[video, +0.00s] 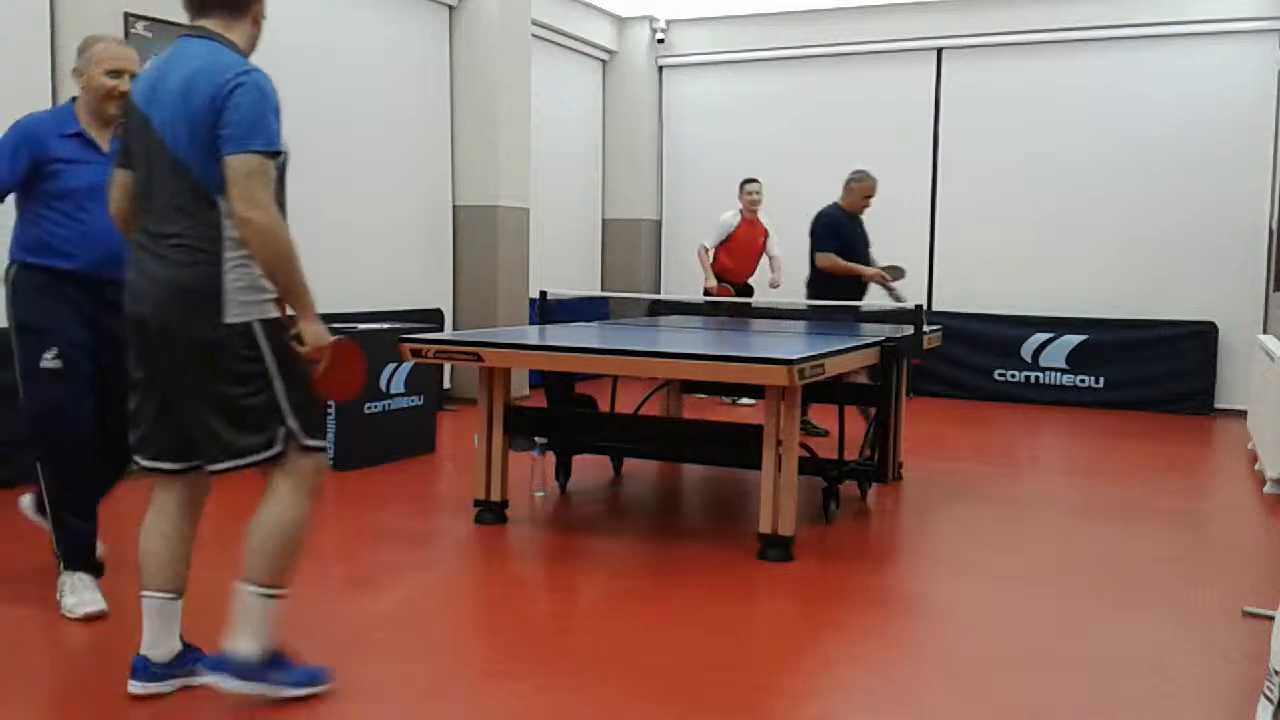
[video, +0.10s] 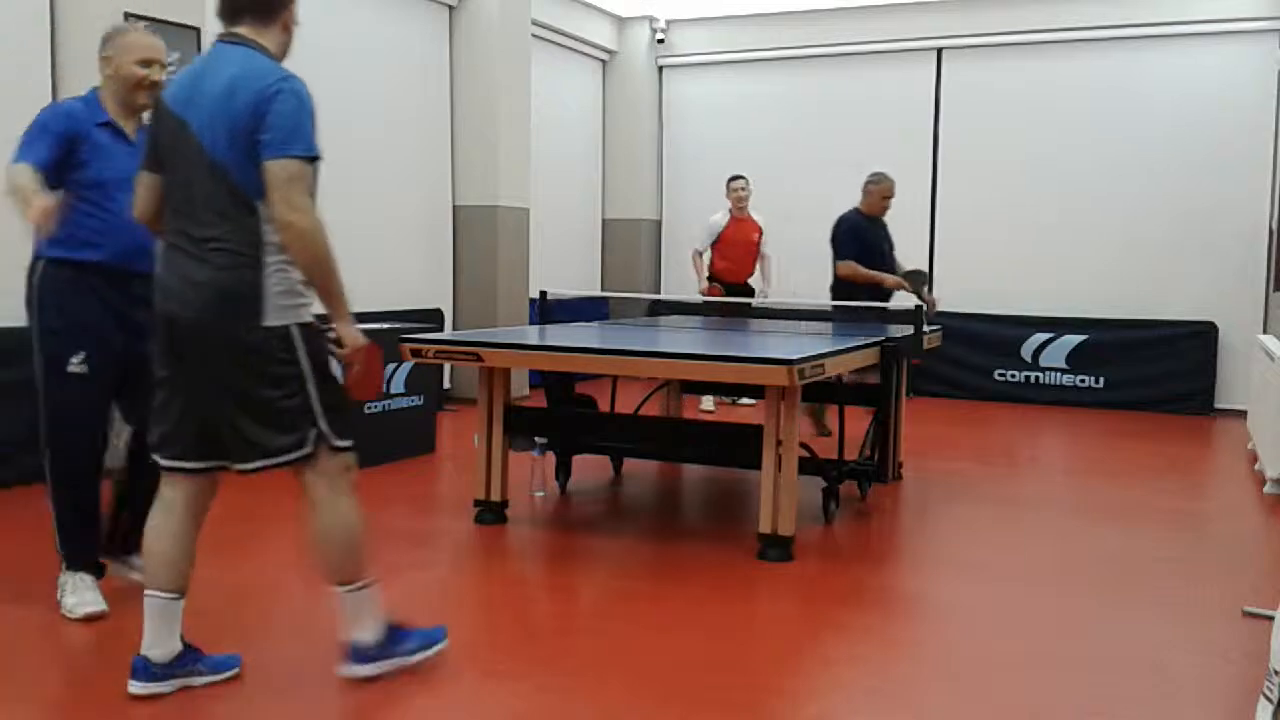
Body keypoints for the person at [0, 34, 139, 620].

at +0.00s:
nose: (124, 85)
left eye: (132, 77)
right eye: (113, 74)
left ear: (137, 83)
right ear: (79, 78)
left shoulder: (141, 142)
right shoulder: (36, 134)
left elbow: (157, 220)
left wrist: (162, 287)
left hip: (117, 295)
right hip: (47, 291)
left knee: (119, 435)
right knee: (65, 425)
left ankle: (52, 496)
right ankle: (78, 569)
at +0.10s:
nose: (156, 75)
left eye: (161, 66)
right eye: (143, 64)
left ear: (163, 70)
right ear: (107, 66)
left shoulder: (162, 133)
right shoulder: (67, 119)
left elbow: (178, 198)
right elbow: (22, 172)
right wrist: (36, 201)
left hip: (141, 287)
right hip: (72, 283)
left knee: (161, 419)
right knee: (75, 430)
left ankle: (126, 543)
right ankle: (78, 567)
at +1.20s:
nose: (272, 58)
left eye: (270, 46)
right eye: (270, 47)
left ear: (200, 40)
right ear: (252, 48)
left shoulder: (130, 100)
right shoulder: (250, 100)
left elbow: (87, 205)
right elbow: (319, 178)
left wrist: (111, 292)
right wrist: (280, 95)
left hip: (141, 302)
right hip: (228, 301)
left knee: (145, 475)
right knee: (240, 466)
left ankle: (128, 642)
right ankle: (223, 623)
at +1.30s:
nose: (257, 65)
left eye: (255, 54)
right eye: (257, 54)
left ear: (186, 42)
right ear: (243, 52)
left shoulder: (116, 103)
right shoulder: (244, 100)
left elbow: (72, 218)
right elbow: (304, 186)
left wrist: (88, 313)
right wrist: (259, 106)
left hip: (130, 307)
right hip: (221, 306)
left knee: (133, 493)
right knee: (235, 474)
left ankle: (128, 692)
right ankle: (225, 624)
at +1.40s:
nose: (244, 59)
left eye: (239, 46)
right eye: (244, 49)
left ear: (171, 38)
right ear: (232, 50)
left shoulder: (102, 103)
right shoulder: (237, 94)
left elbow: (58, 218)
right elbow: (290, 191)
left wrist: (66, 324)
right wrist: (252, 130)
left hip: (117, 307)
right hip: (211, 306)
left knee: (124, 495)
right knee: (230, 476)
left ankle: (129, 696)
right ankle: (233, 627)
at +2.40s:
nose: (359, 11)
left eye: (357, 5)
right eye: (358, 4)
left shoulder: (191, 61)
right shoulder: (354, 42)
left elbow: (155, 196)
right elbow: (397, 133)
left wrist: (192, 287)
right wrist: (386, 255)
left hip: (211, 297)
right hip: (323, 297)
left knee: (208, 523)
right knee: (322, 530)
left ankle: (192, 708)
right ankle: (297, 709)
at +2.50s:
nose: (362, 11)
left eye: (361, 5)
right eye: (362, 4)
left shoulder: (196, 54)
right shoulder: (358, 41)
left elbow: (158, 193)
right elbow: (387, 141)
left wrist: (202, 291)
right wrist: (386, 287)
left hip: (215, 305)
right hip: (323, 302)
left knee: (221, 541)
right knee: (330, 538)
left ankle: (224, 708)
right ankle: (301, 709)